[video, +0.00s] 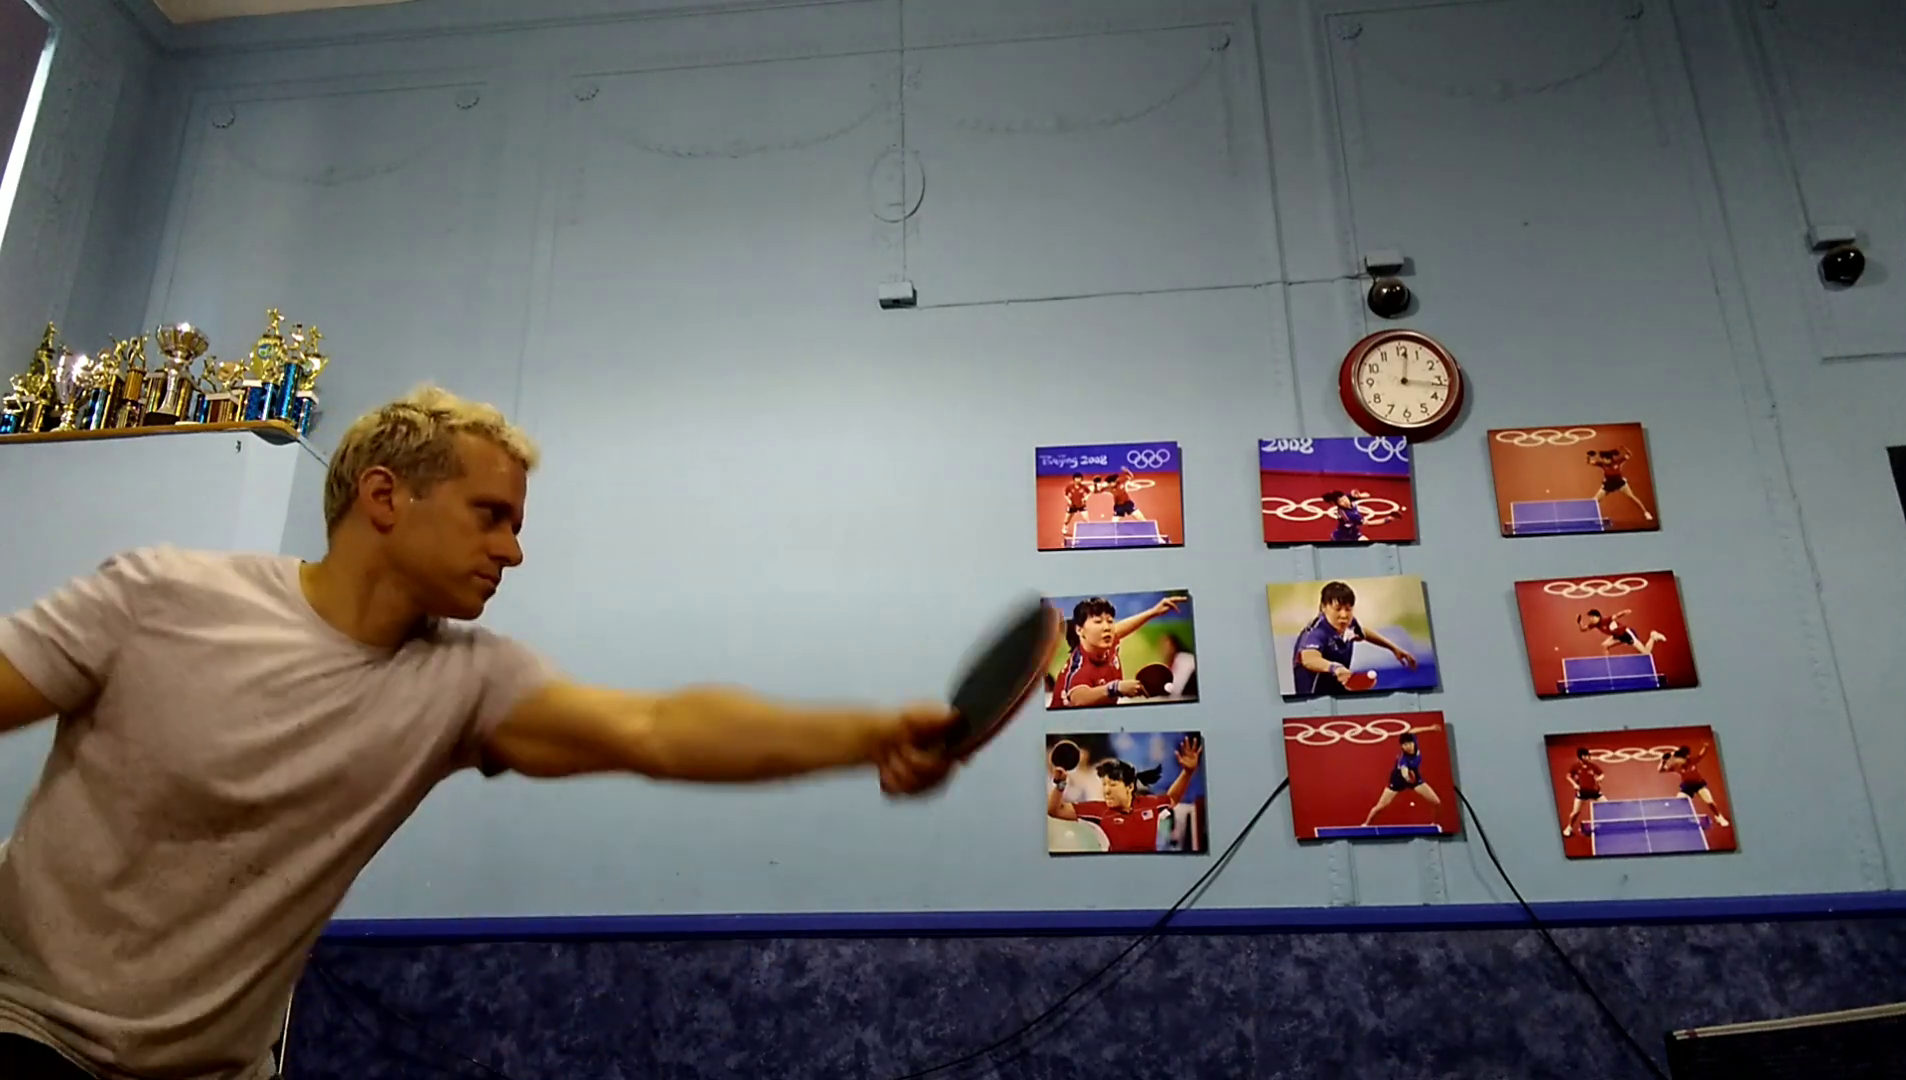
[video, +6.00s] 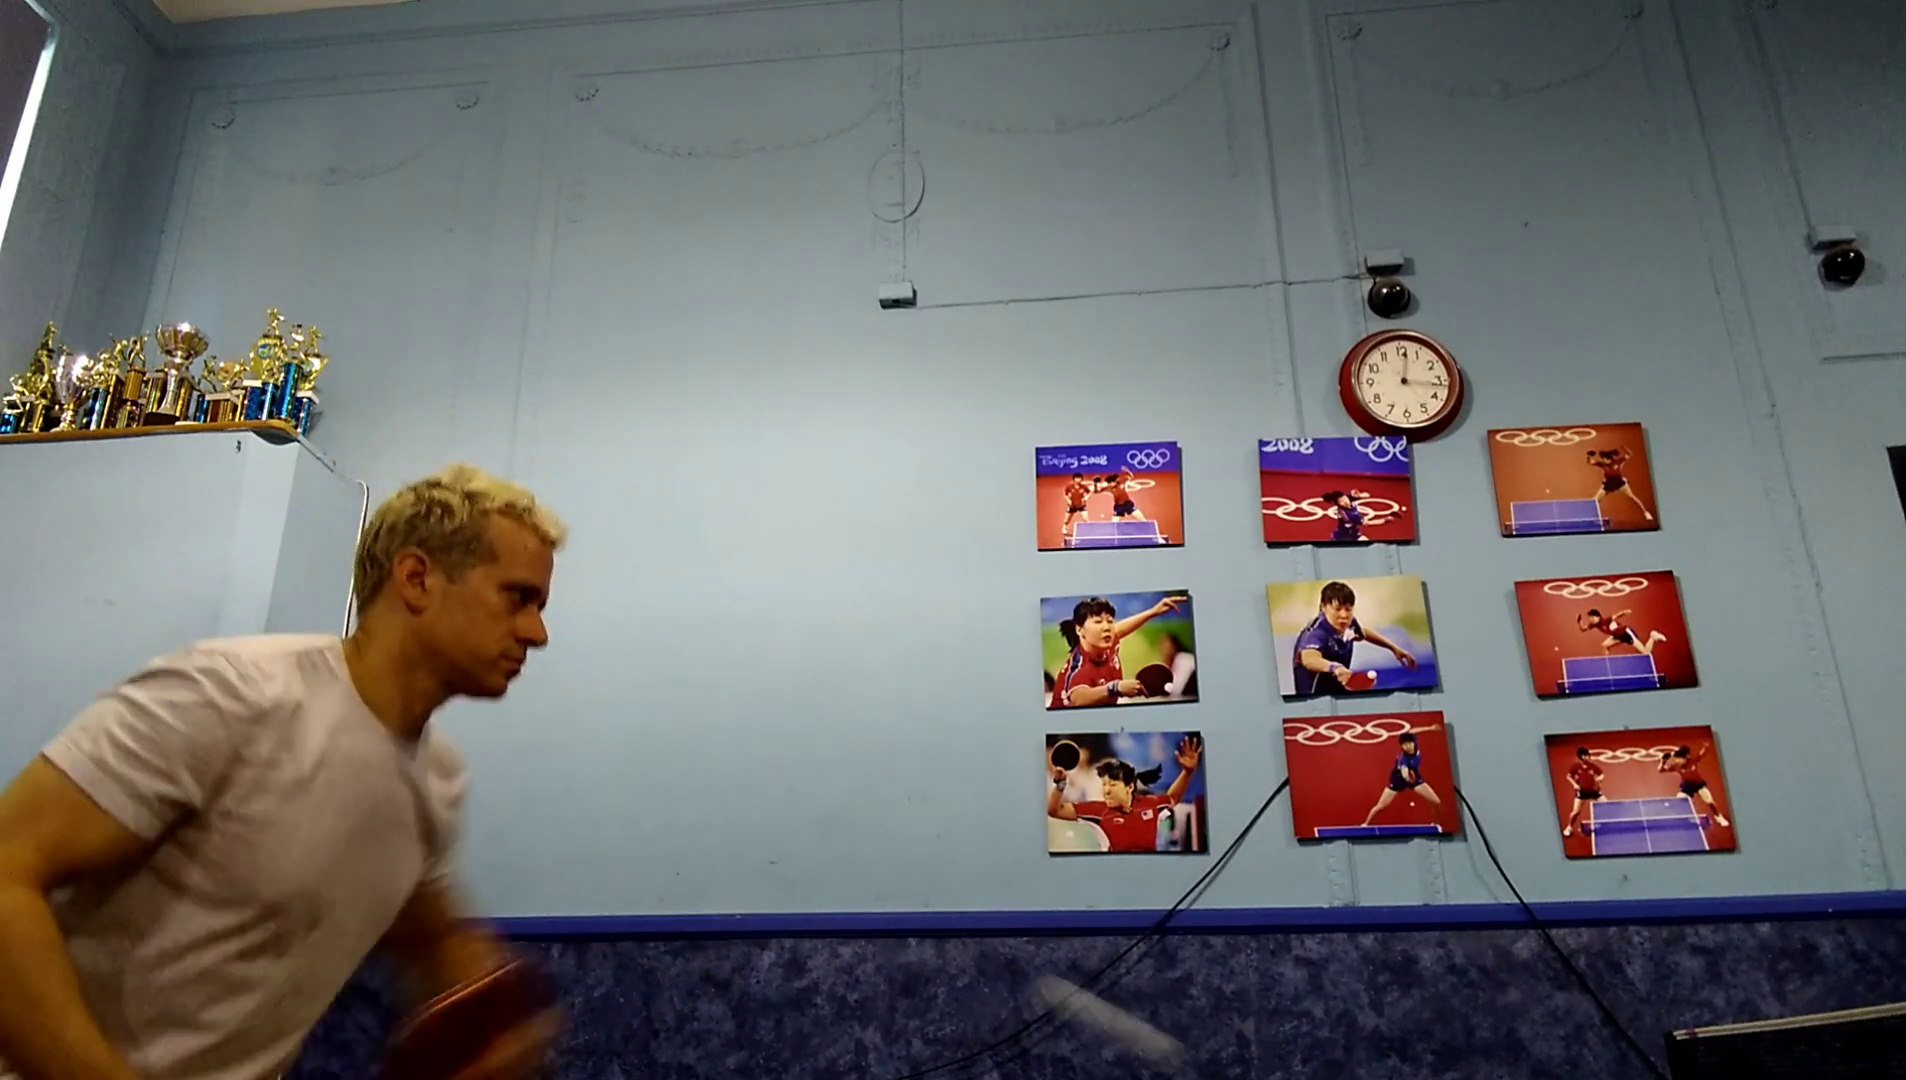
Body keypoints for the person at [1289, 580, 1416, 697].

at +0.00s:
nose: (1344, 615)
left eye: (1348, 609)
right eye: (1338, 609)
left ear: (1353, 609)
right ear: (1324, 608)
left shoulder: (1349, 624)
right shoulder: (1316, 633)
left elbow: (1364, 634)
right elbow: (1309, 660)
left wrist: (1395, 649)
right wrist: (1335, 668)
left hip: (1340, 704)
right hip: (1314, 708)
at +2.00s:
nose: (1344, 615)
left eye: (1348, 609)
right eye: (1338, 609)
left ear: (1353, 609)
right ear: (1324, 608)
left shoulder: (1349, 624)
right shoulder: (1315, 633)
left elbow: (1364, 634)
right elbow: (1309, 660)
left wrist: (1395, 649)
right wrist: (1335, 668)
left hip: (1341, 705)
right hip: (1314, 708)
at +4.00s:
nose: (1344, 615)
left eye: (1348, 609)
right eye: (1338, 609)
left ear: (1353, 609)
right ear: (1324, 608)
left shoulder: (1349, 624)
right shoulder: (1315, 633)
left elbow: (1364, 634)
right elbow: (1309, 660)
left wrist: (1395, 649)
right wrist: (1335, 668)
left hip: (1341, 704)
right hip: (1314, 708)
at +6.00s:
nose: (1344, 615)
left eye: (1348, 609)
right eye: (1338, 609)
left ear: (1353, 609)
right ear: (1324, 608)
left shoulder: (1349, 624)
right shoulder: (1316, 632)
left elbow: (1364, 634)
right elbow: (1309, 660)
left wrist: (1395, 649)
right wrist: (1335, 668)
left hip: (1341, 704)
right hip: (1314, 708)